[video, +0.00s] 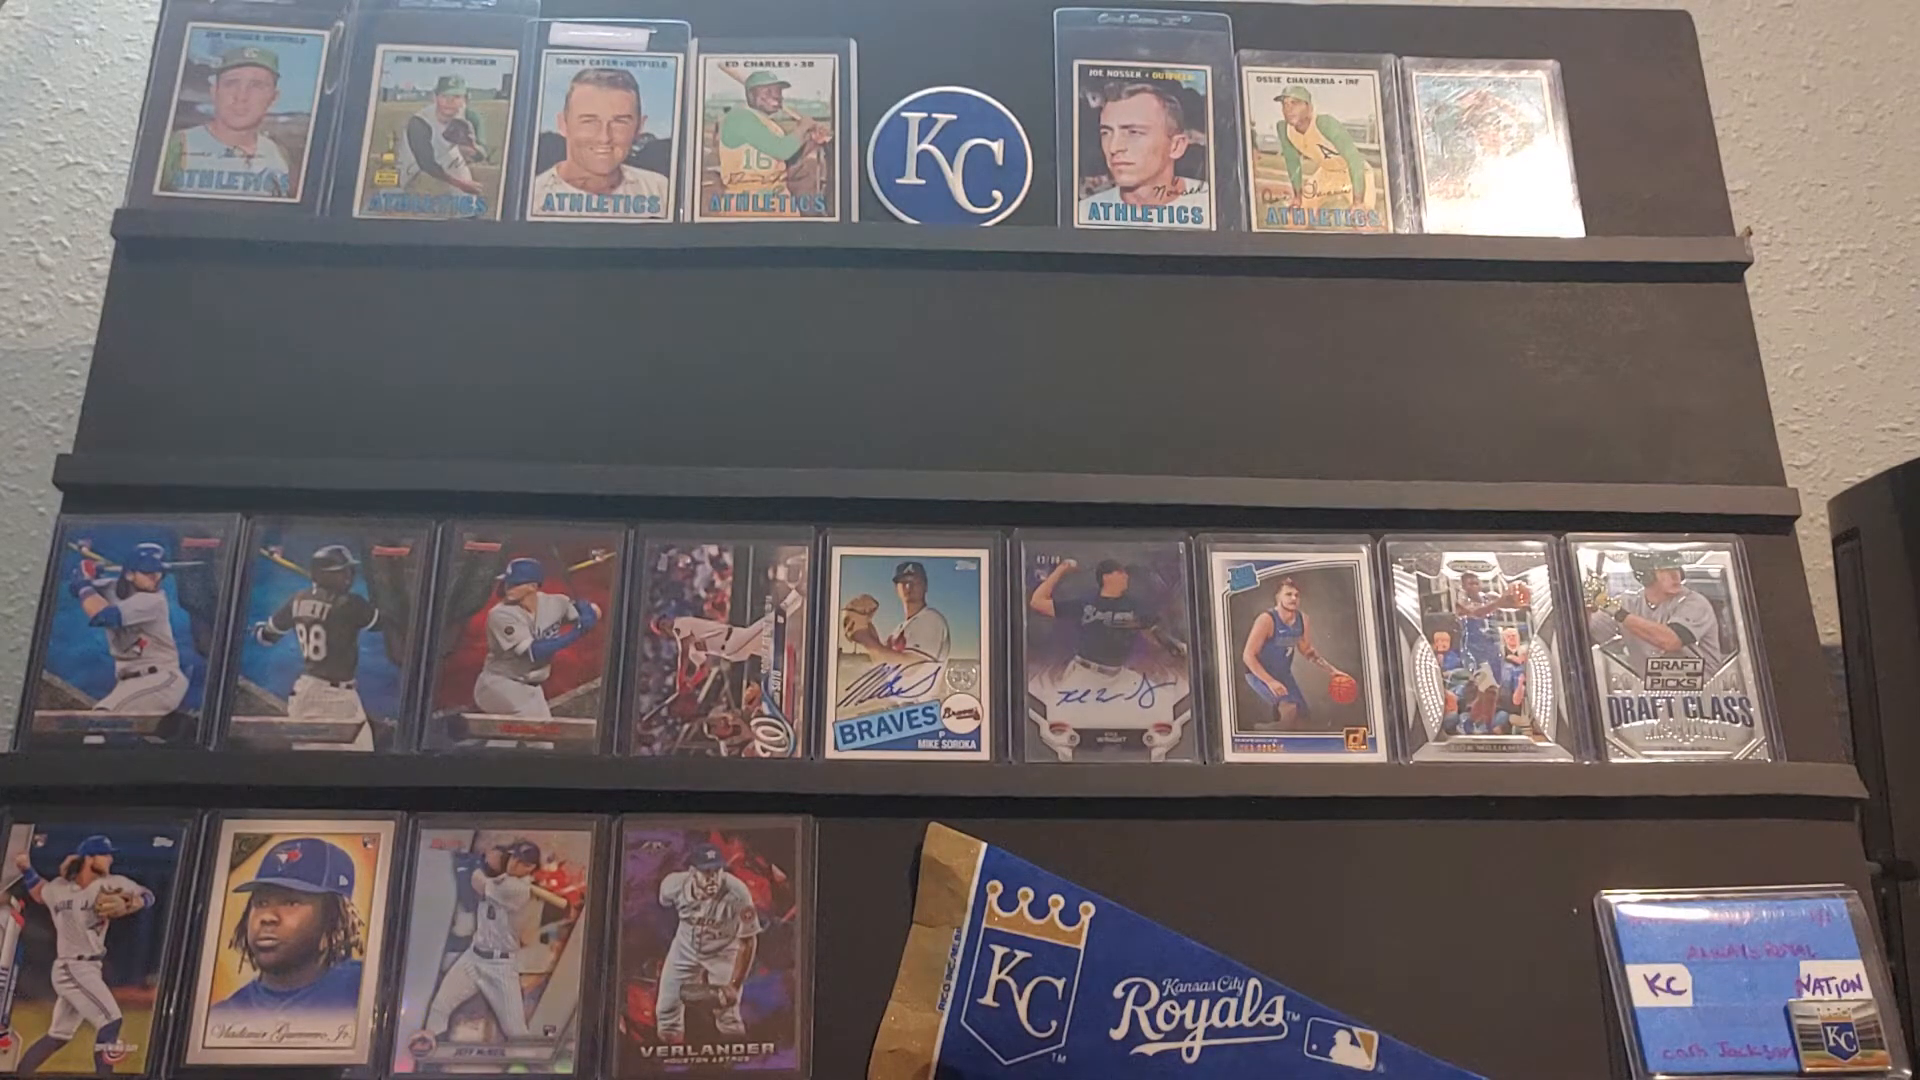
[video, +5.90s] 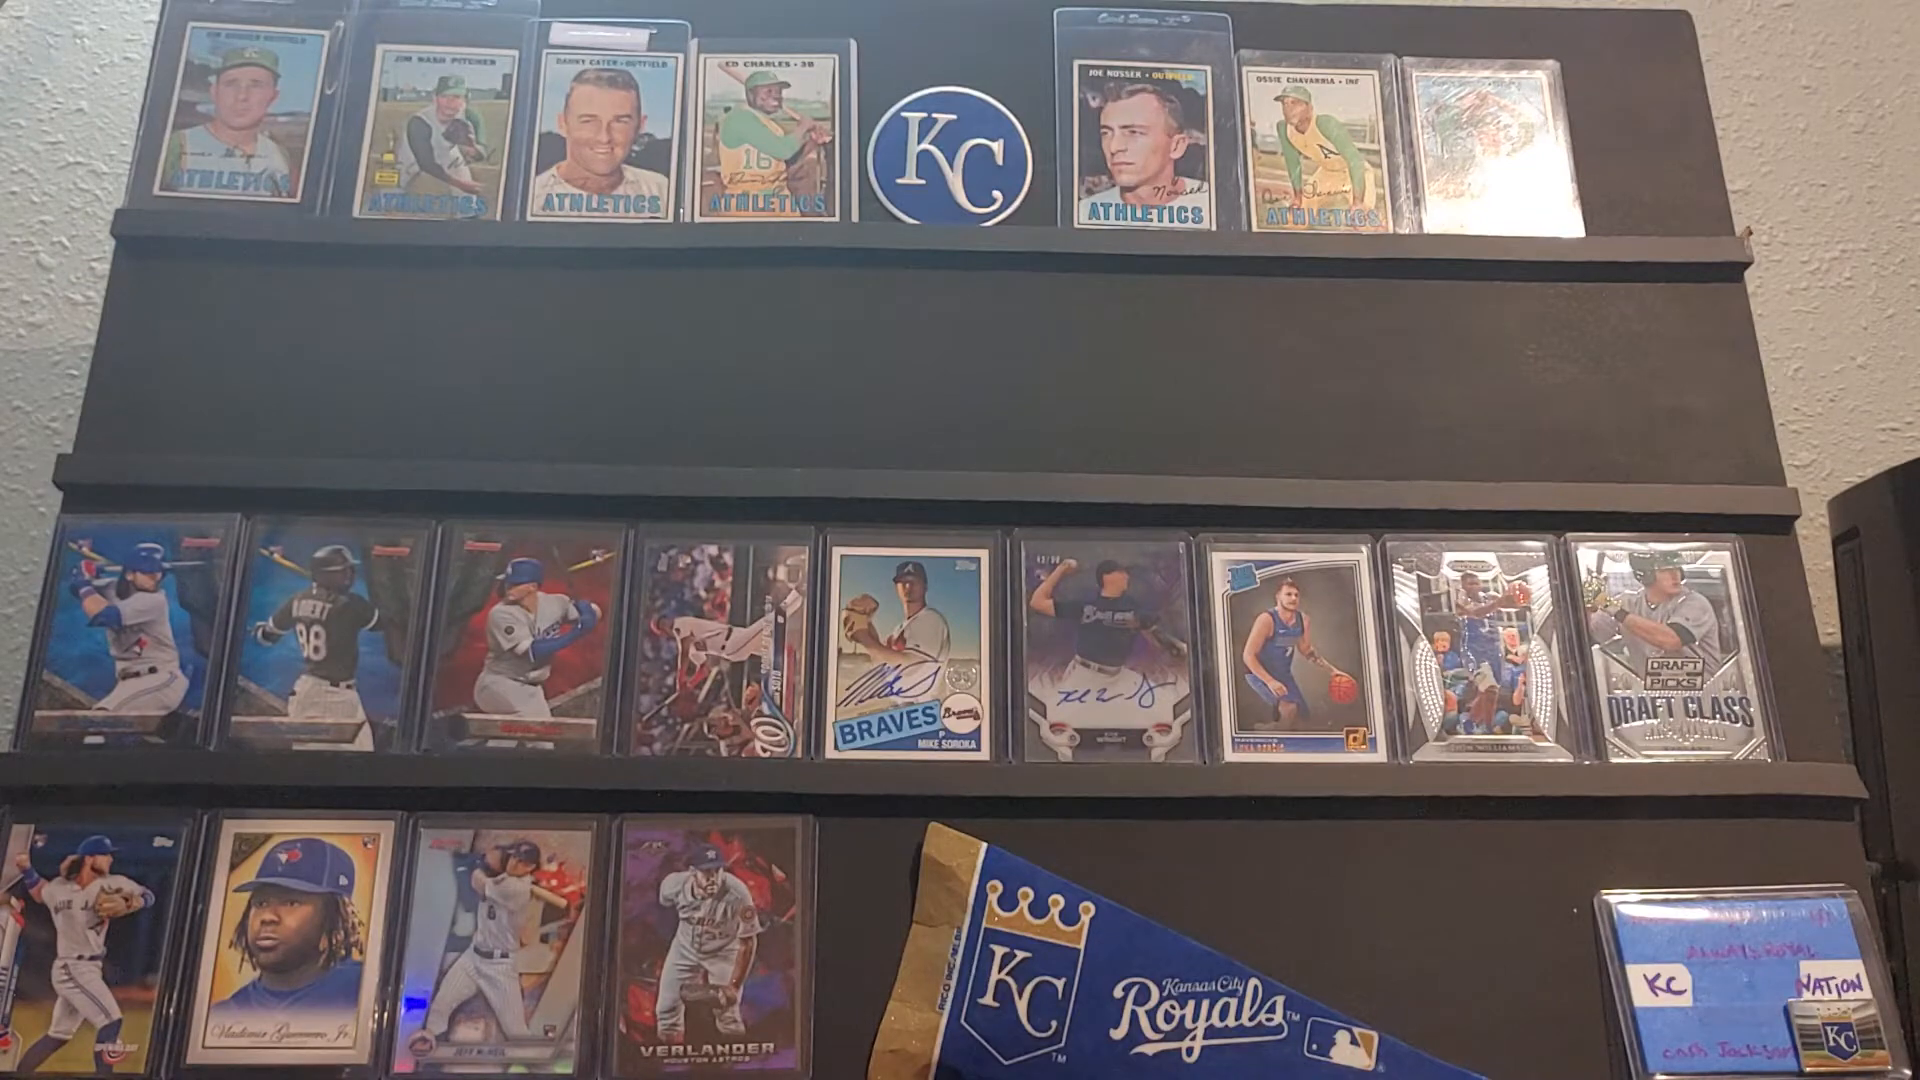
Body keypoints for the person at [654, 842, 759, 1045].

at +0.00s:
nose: (711, 878)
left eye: (716, 872)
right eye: (705, 872)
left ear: (722, 870)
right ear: (692, 871)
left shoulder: (738, 893)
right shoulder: (673, 885)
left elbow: (748, 941)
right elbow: (666, 908)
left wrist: (735, 985)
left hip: (724, 953)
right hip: (684, 947)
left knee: (727, 1014)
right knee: (666, 1009)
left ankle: (740, 1069)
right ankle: (674, 1069)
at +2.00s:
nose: (711, 878)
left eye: (716, 871)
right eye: (706, 872)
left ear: (722, 869)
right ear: (693, 870)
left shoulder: (738, 893)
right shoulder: (673, 885)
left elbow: (748, 941)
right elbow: (667, 907)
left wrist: (734, 985)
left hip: (724, 954)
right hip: (684, 947)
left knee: (727, 1014)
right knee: (666, 1009)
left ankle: (741, 1068)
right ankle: (674, 1069)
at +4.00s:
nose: (711, 878)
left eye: (716, 871)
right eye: (705, 872)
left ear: (722, 869)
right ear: (692, 870)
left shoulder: (738, 892)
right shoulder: (673, 885)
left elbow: (749, 941)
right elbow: (666, 907)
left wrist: (735, 985)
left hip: (724, 953)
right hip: (684, 947)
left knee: (727, 1015)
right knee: (666, 1009)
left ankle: (741, 1068)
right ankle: (673, 1069)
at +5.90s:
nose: (712, 878)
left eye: (716, 871)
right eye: (705, 872)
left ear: (722, 869)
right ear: (692, 871)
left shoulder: (738, 894)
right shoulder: (673, 885)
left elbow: (748, 942)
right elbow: (667, 912)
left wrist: (734, 985)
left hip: (725, 954)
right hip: (684, 948)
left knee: (727, 1014)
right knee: (666, 1009)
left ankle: (740, 1068)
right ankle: (673, 1071)